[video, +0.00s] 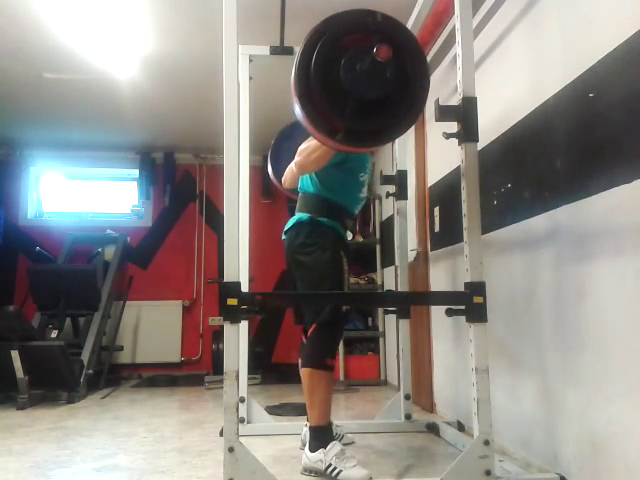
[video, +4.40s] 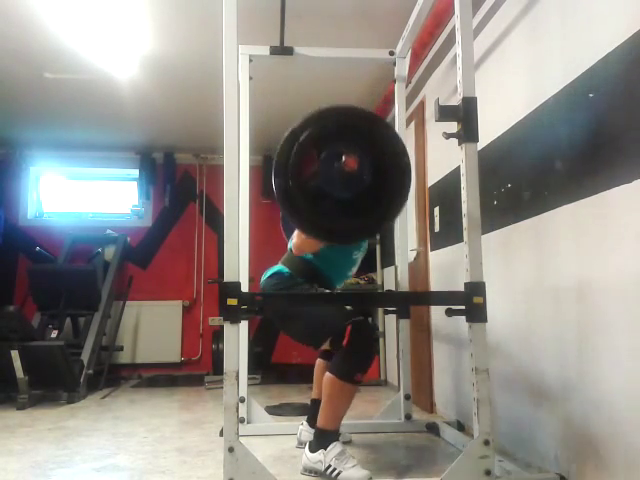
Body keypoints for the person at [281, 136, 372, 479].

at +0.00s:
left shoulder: (353, 137)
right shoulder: (338, 132)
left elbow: (289, 180)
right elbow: (297, 168)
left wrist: (302, 162)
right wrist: (340, 138)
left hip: (319, 232)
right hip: (313, 232)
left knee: (321, 330)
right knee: (326, 329)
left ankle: (318, 433)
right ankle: (320, 445)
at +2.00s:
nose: (373, 135)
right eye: (368, 126)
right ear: (351, 114)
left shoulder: (345, 144)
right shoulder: (330, 134)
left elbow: (289, 186)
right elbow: (296, 170)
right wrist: (333, 134)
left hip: (317, 234)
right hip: (310, 233)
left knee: (314, 333)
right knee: (316, 332)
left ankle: (315, 429)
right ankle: (319, 446)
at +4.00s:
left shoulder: (352, 168)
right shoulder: (327, 161)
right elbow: (293, 203)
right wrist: (331, 174)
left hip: (306, 254)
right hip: (288, 249)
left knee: (330, 329)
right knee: (346, 325)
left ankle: (314, 422)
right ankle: (321, 444)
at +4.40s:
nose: (351, 166)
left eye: (356, 160)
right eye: (346, 160)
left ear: (367, 165)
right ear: (336, 164)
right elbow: (300, 245)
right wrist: (341, 206)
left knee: (340, 337)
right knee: (359, 337)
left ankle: (315, 427)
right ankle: (322, 448)